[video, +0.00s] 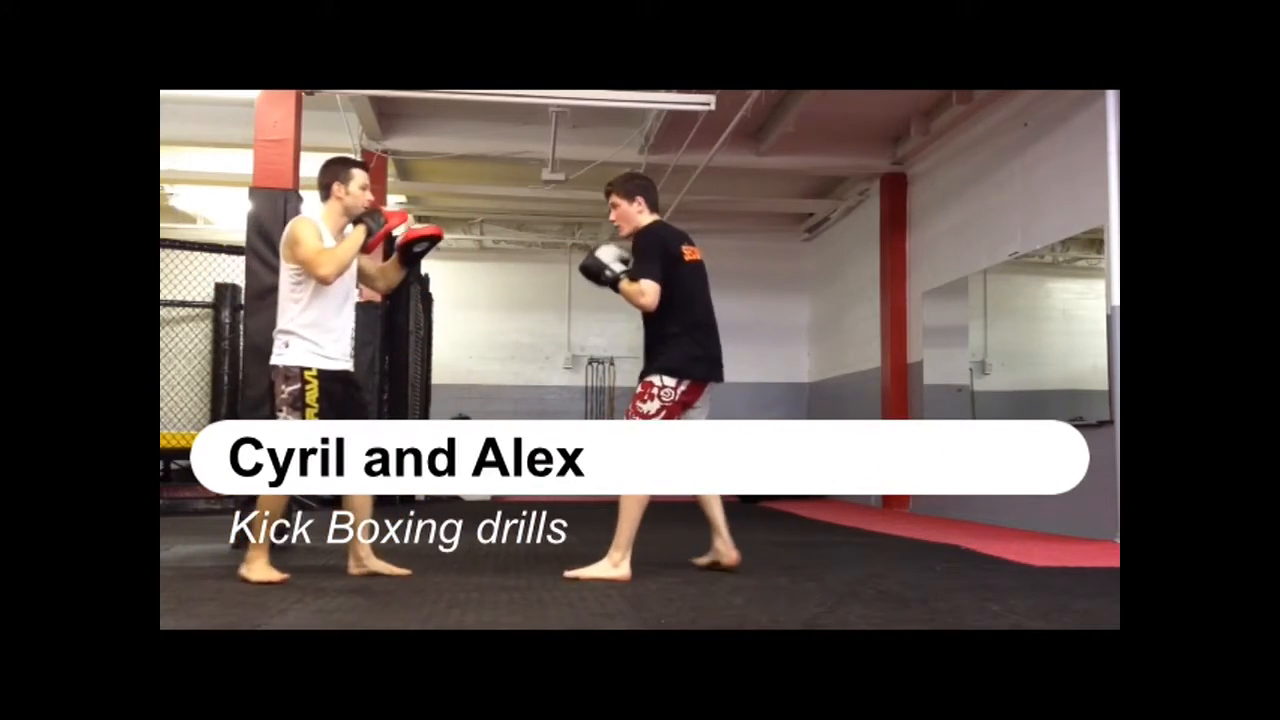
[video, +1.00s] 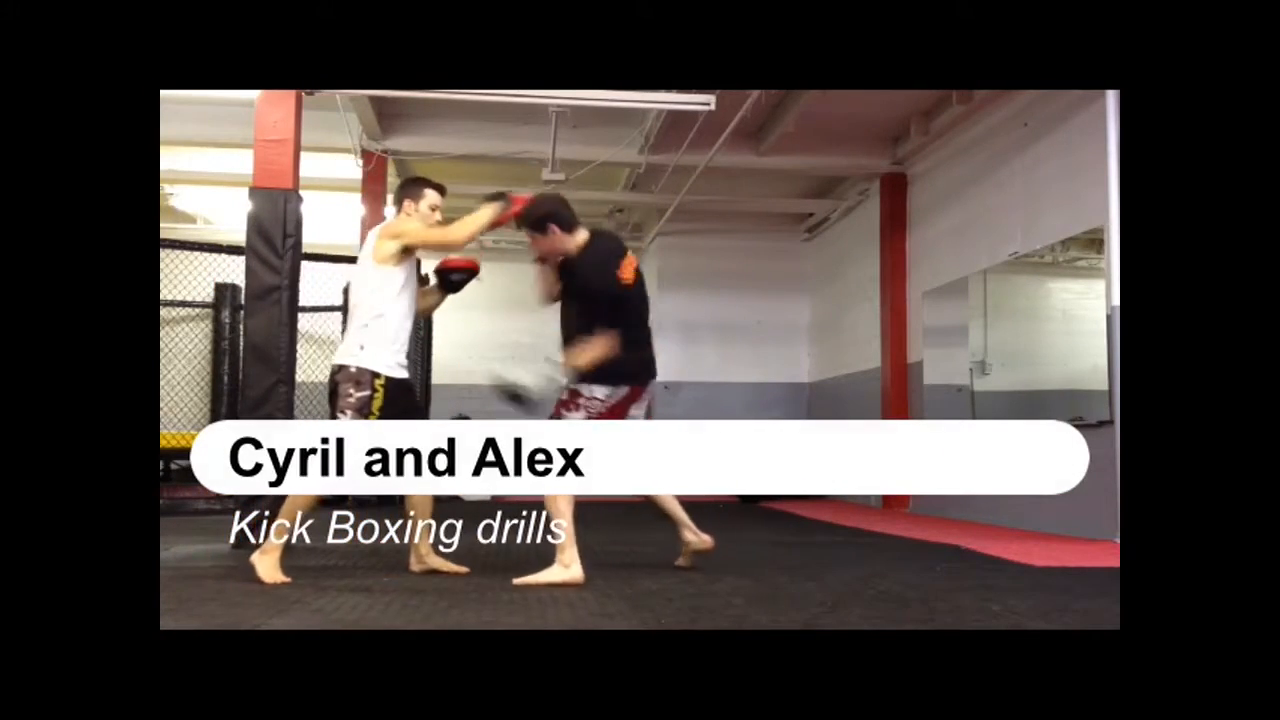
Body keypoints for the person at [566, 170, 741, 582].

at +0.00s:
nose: (612, 218)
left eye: (616, 208)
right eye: (610, 209)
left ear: (639, 203)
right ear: (644, 206)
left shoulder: (651, 237)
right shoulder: (676, 237)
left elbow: (647, 298)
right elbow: (660, 295)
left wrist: (614, 277)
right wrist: (623, 271)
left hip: (674, 364)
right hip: (700, 362)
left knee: (635, 451)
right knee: (690, 450)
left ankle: (618, 558)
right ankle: (724, 545)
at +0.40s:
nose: (606, 224)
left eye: (609, 214)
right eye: (605, 216)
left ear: (631, 211)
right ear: (641, 213)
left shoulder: (640, 244)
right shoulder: (674, 244)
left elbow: (614, 301)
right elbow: (646, 299)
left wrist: (578, 275)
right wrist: (605, 267)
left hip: (654, 363)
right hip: (685, 365)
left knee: (587, 436)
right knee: (681, 454)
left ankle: (568, 536)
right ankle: (713, 549)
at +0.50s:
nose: (595, 218)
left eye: (598, 210)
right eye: (595, 211)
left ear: (618, 207)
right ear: (632, 208)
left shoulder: (609, 239)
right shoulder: (668, 236)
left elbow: (548, 266)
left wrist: (520, 237)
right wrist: (602, 236)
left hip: (641, 360)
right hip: (680, 359)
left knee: (590, 450)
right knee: (682, 452)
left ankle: (573, 555)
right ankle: (712, 549)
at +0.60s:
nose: (583, 219)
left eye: (584, 213)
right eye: (582, 214)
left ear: (605, 207)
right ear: (619, 206)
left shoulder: (597, 232)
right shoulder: (658, 235)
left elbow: (527, 248)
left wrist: (493, 228)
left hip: (634, 362)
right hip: (672, 360)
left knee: (586, 453)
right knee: (662, 450)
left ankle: (572, 559)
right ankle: (707, 541)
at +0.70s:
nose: (570, 232)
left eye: (571, 221)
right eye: (567, 224)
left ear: (595, 210)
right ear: (600, 212)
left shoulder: (616, 242)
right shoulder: (633, 239)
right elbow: (590, 297)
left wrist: (540, 269)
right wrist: (541, 275)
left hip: (635, 371)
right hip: (652, 369)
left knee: (576, 450)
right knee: (635, 452)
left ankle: (570, 560)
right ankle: (704, 535)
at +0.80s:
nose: (562, 252)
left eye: (566, 243)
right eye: (559, 245)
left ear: (590, 234)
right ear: (577, 238)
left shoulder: (635, 265)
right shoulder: (575, 267)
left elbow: (650, 336)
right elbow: (530, 302)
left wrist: (590, 317)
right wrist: (544, 262)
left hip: (636, 383)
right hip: (608, 381)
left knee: (567, 454)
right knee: (621, 474)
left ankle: (569, 561)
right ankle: (704, 538)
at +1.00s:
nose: (533, 248)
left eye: (534, 239)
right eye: (530, 240)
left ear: (554, 231)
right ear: (559, 228)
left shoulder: (598, 263)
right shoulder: (586, 250)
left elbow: (618, 334)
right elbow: (550, 296)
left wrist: (577, 358)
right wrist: (549, 264)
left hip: (609, 379)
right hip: (629, 377)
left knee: (550, 458)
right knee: (632, 457)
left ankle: (567, 559)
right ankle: (690, 532)